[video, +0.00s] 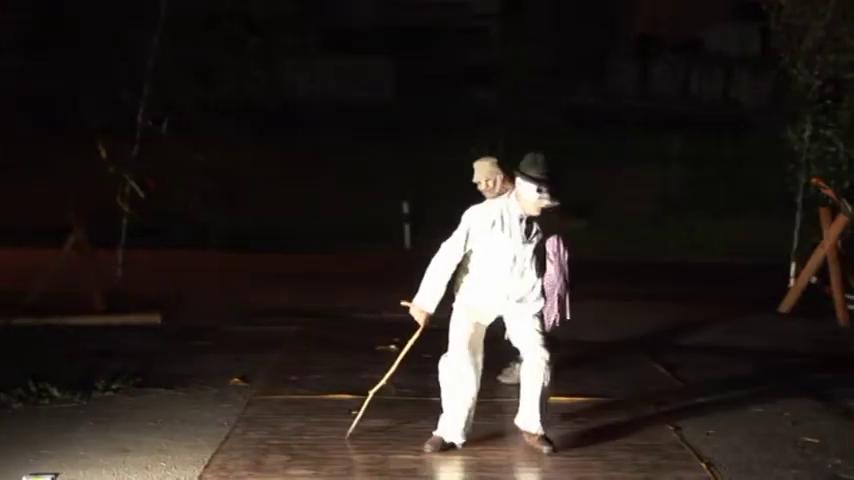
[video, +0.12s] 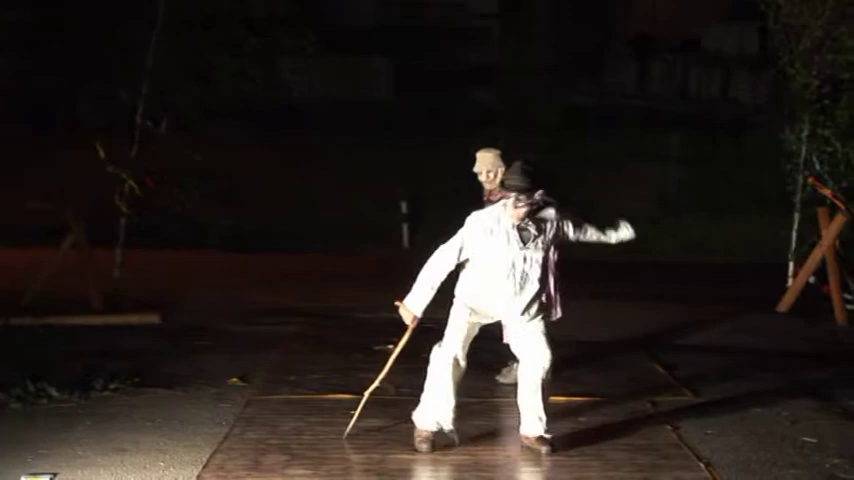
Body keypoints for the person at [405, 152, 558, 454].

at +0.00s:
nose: (543, 202)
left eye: (546, 196)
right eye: (537, 194)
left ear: (547, 194)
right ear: (517, 186)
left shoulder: (535, 222)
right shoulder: (479, 216)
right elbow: (448, 257)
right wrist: (424, 301)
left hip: (520, 300)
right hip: (476, 299)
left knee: (538, 358)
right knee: (461, 360)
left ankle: (530, 426)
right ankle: (450, 431)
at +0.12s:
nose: (519, 211)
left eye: (525, 205)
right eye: (514, 204)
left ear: (534, 202)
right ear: (504, 200)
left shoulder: (549, 220)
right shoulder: (480, 223)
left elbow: (582, 232)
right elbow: (443, 260)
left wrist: (618, 233)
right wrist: (415, 302)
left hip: (523, 309)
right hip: (473, 304)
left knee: (538, 360)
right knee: (450, 354)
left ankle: (533, 430)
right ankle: (429, 425)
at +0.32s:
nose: (487, 212)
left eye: (493, 206)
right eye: (484, 205)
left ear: (511, 199)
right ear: (482, 199)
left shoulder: (538, 215)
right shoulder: (472, 222)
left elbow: (576, 257)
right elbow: (432, 258)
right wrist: (393, 295)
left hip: (517, 307)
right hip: (470, 302)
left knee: (536, 357)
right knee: (443, 352)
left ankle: (530, 429)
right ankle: (399, 406)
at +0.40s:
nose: (481, 207)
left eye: (487, 202)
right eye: (478, 201)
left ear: (505, 195)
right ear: (473, 197)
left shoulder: (528, 210)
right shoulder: (465, 219)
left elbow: (536, 254)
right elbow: (427, 254)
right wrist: (390, 289)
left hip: (510, 301)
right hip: (466, 300)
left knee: (530, 356)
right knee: (446, 358)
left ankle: (523, 429)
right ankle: (404, 421)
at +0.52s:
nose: (476, 212)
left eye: (482, 205)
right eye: (471, 205)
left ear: (494, 201)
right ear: (467, 203)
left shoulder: (506, 218)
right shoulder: (450, 229)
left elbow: (532, 208)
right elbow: (413, 258)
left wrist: (515, 192)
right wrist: (372, 285)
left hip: (502, 310)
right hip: (458, 312)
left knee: (528, 353)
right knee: (446, 366)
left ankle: (520, 432)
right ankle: (413, 440)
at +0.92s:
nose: (448, 212)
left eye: (457, 206)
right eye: (443, 205)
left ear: (471, 204)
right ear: (436, 201)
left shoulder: (482, 218)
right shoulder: (422, 229)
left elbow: (473, 249)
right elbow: (389, 254)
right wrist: (355, 275)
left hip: (483, 303)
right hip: (437, 308)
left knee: (517, 356)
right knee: (425, 366)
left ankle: (521, 429)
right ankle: (404, 436)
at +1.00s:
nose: (462, 210)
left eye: (468, 204)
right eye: (456, 204)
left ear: (475, 201)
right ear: (442, 200)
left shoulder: (484, 218)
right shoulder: (424, 227)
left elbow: (472, 246)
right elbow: (391, 253)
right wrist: (356, 275)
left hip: (485, 301)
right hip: (439, 307)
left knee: (514, 358)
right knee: (425, 366)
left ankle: (521, 427)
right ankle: (404, 434)